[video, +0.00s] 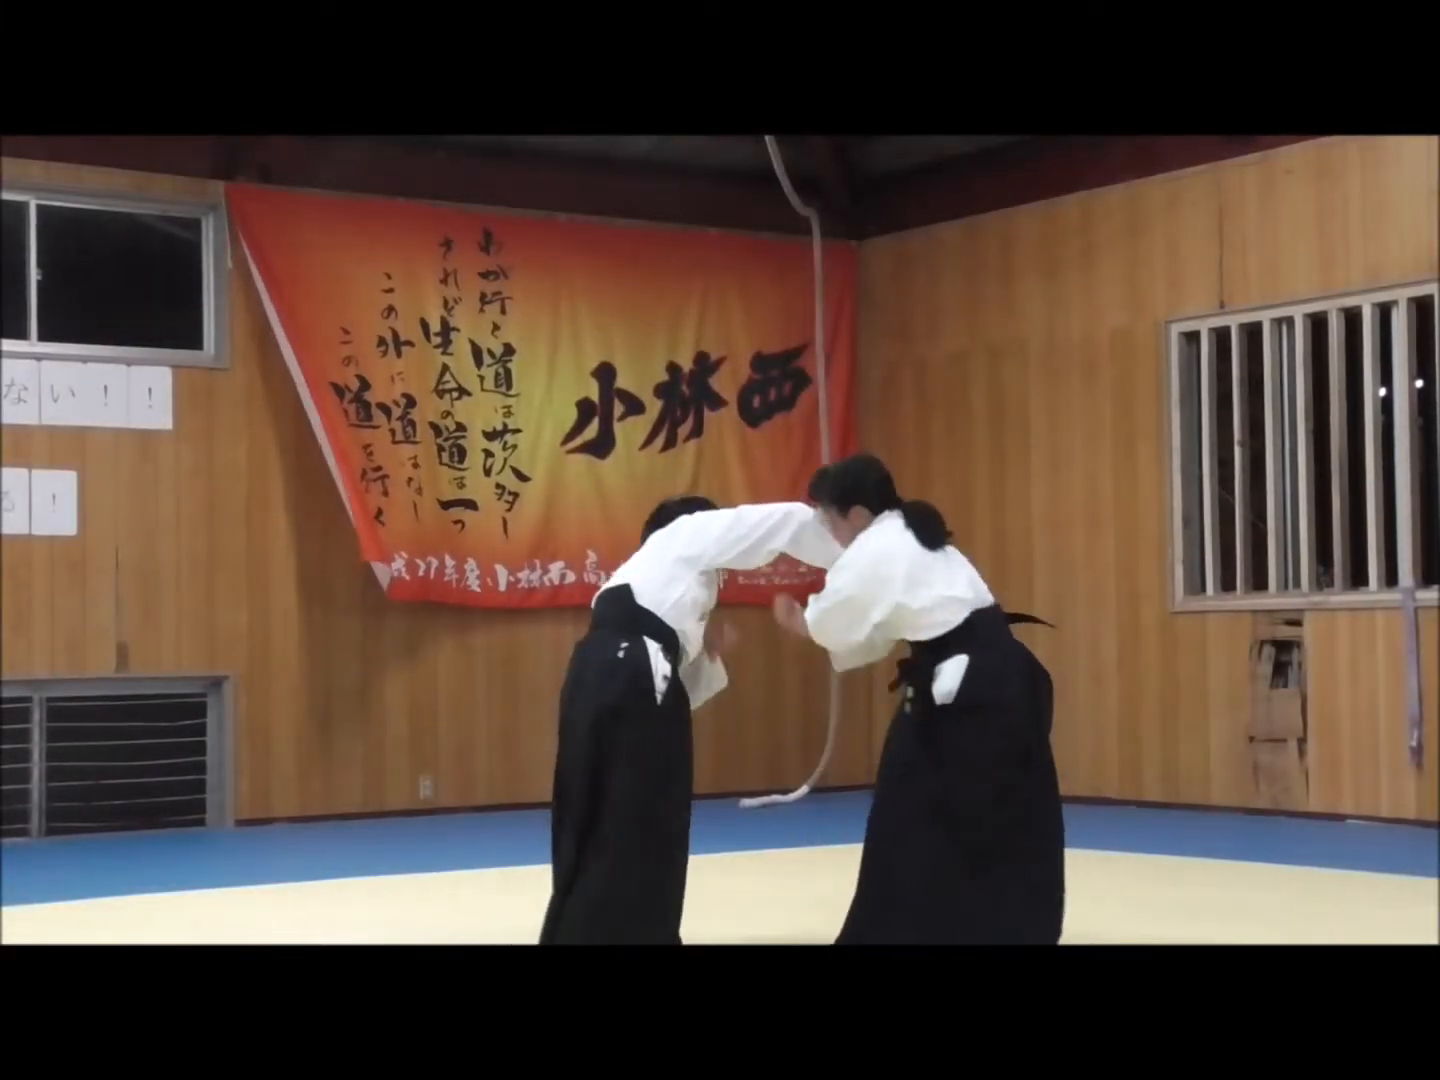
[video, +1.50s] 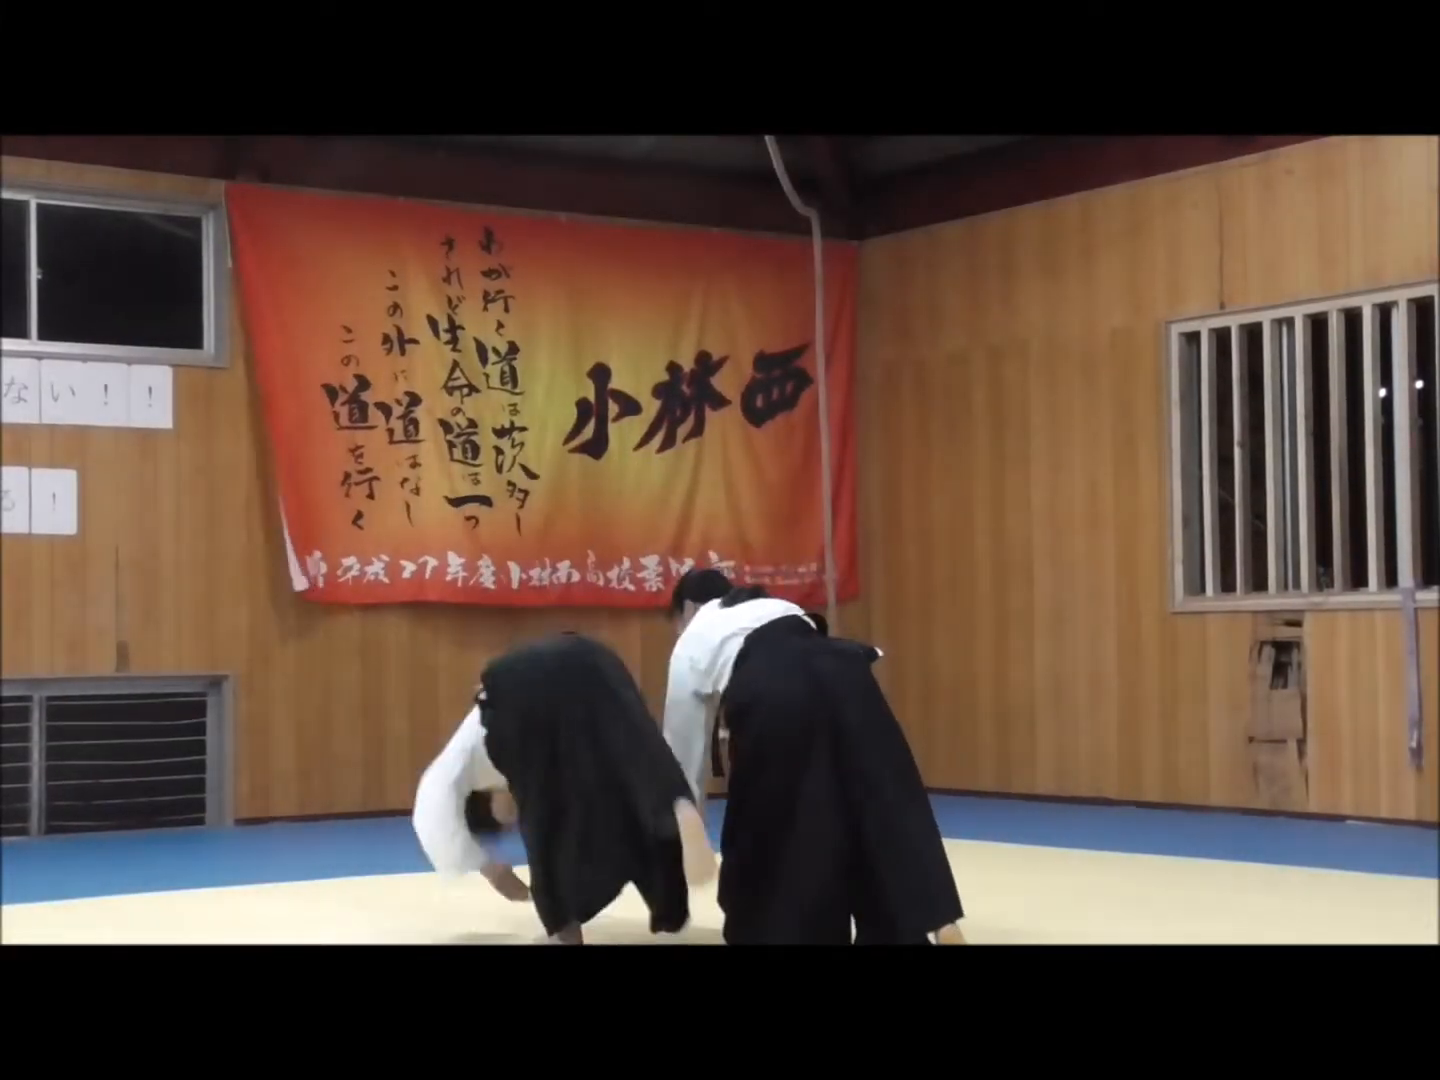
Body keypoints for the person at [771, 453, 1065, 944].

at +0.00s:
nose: (828, 532)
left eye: (828, 519)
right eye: (824, 520)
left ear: (855, 513)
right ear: (877, 504)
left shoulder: (872, 552)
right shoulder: (922, 533)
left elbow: (830, 627)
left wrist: (795, 620)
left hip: (963, 683)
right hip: (1015, 670)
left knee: (912, 818)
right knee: (1010, 820)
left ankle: (905, 931)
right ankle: (1007, 931)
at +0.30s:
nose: (843, 469)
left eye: (847, 458)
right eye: (842, 458)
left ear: (875, 460)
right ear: (896, 459)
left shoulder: (876, 509)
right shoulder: (922, 499)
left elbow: (814, 568)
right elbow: (853, 562)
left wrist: (765, 530)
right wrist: (781, 546)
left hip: (922, 665)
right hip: (970, 660)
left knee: (899, 806)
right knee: (963, 807)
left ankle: (889, 928)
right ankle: (964, 928)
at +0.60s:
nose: (840, 465)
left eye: (844, 457)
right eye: (840, 457)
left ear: (868, 462)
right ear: (896, 462)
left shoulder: (858, 510)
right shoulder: (921, 504)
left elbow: (787, 525)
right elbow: (816, 551)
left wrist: (767, 470)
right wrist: (754, 532)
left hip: (889, 660)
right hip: (948, 657)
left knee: (858, 790)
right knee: (939, 798)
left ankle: (865, 923)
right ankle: (938, 924)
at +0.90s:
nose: (777, 503)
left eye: (783, 494)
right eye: (779, 494)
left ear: (804, 498)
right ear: (837, 497)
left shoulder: (782, 540)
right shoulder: (862, 536)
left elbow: (708, 528)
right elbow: (807, 616)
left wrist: (673, 485)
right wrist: (731, 611)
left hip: (828, 681)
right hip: (898, 677)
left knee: (806, 816)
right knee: (914, 819)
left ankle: (772, 931)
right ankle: (925, 932)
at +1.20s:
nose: (696, 587)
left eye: (699, 577)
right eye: (696, 578)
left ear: (715, 572)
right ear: (749, 565)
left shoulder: (694, 615)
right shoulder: (775, 582)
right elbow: (818, 625)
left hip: (777, 686)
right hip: (849, 671)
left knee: (777, 818)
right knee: (888, 801)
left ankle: (783, 930)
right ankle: (938, 925)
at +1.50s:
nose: (678, 631)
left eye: (677, 621)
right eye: (677, 623)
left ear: (689, 609)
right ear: (728, 595)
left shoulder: (695, 640)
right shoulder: (772, 606)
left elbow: (683, 751)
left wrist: (686, 832)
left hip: (777, 697)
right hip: (847, 680)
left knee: (770, 826)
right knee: (892, 798)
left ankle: (764, 928)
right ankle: (945, 923)